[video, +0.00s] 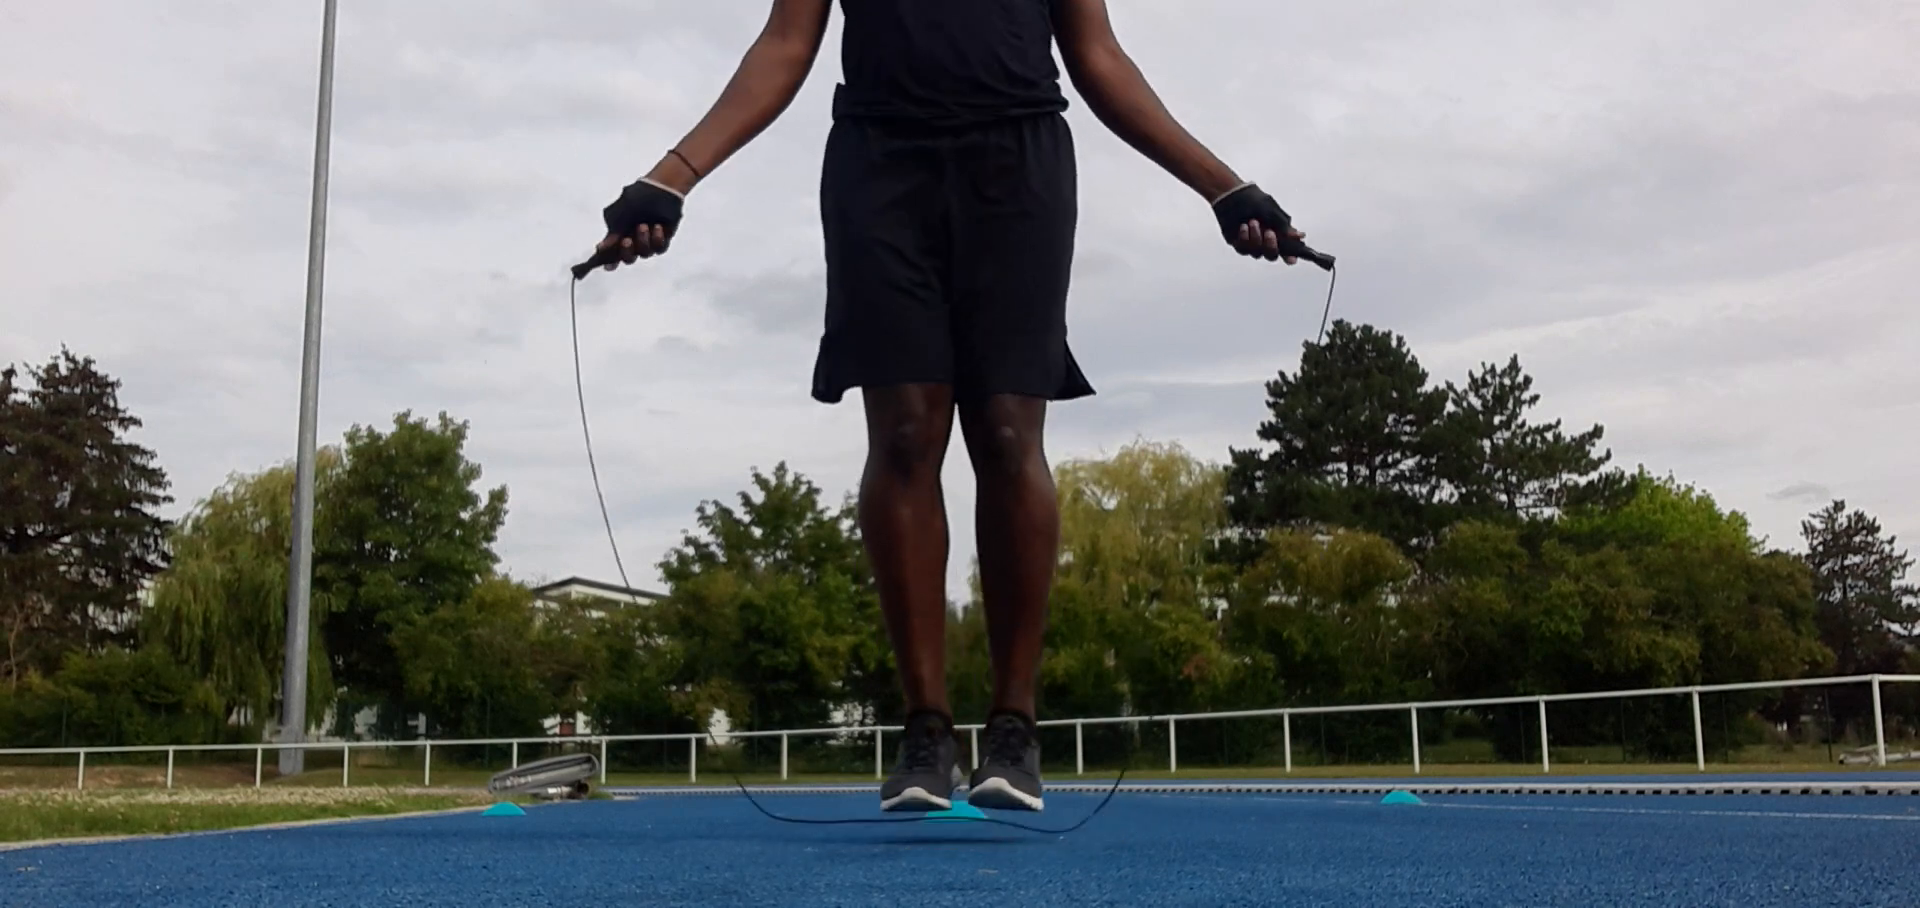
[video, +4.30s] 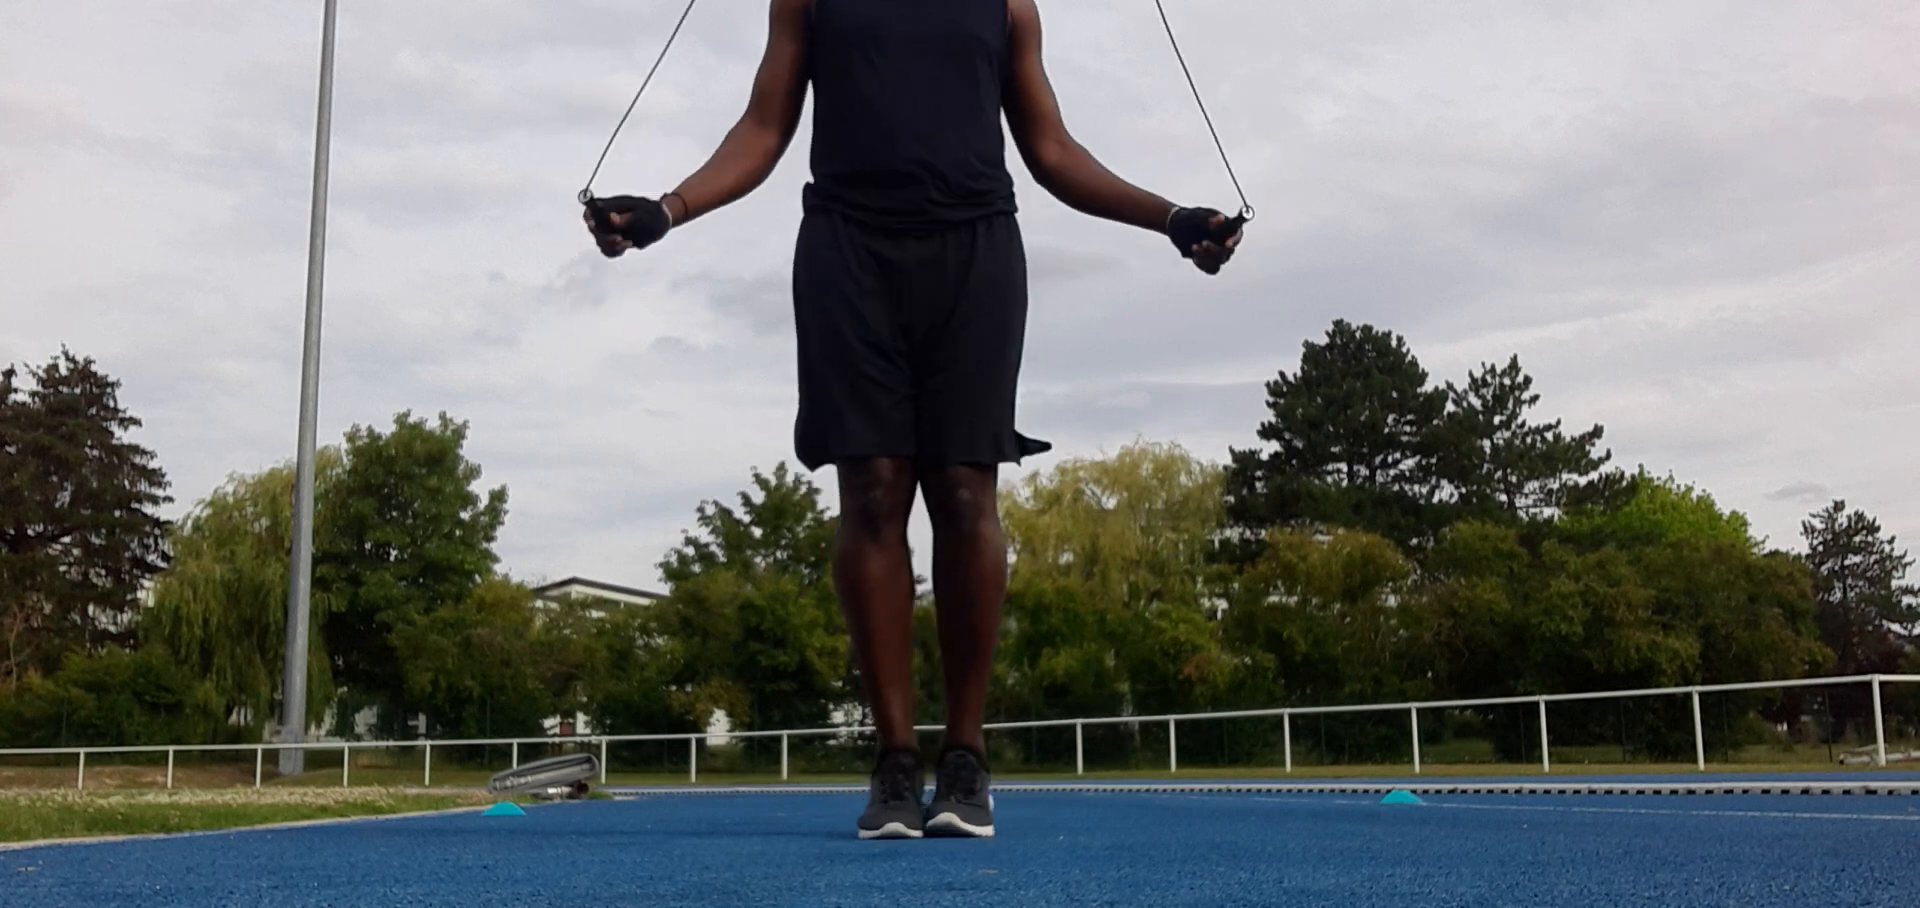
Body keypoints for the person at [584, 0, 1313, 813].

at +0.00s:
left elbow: (1099, 57)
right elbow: (787, 39)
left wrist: (1224, 185)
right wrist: (672, 173)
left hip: (1018, 146)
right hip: (878, 150)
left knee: (1006, 431)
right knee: (904, 427)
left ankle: (1013, 731)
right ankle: (926, 735)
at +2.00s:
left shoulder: (1011, 6)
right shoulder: (802, 7)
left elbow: (1074, 136)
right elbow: (744, 131)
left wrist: (1214, 135)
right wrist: (617, 129)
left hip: (980, 248)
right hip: (849, 248)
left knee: (962, 506)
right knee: (871, 504)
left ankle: (958, 773)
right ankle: (903, 775)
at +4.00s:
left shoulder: (1006, 5)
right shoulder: (801, 4)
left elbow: (1048, 119)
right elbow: (767, 97)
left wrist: (1166, 229)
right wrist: (667, 218)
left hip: (974, 216)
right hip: (847, 218)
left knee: (959, 467)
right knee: (865, 465)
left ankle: (959, 737)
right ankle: (883, 739)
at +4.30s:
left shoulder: (1007, 9)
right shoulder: (805, 4)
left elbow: (1051, 149)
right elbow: (764, 127)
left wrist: (1171, 215)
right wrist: (665, 209)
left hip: (974, 247)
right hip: (850, 248)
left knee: (964, 491)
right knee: (873, 491)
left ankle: (964, 759)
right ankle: (896, 765)